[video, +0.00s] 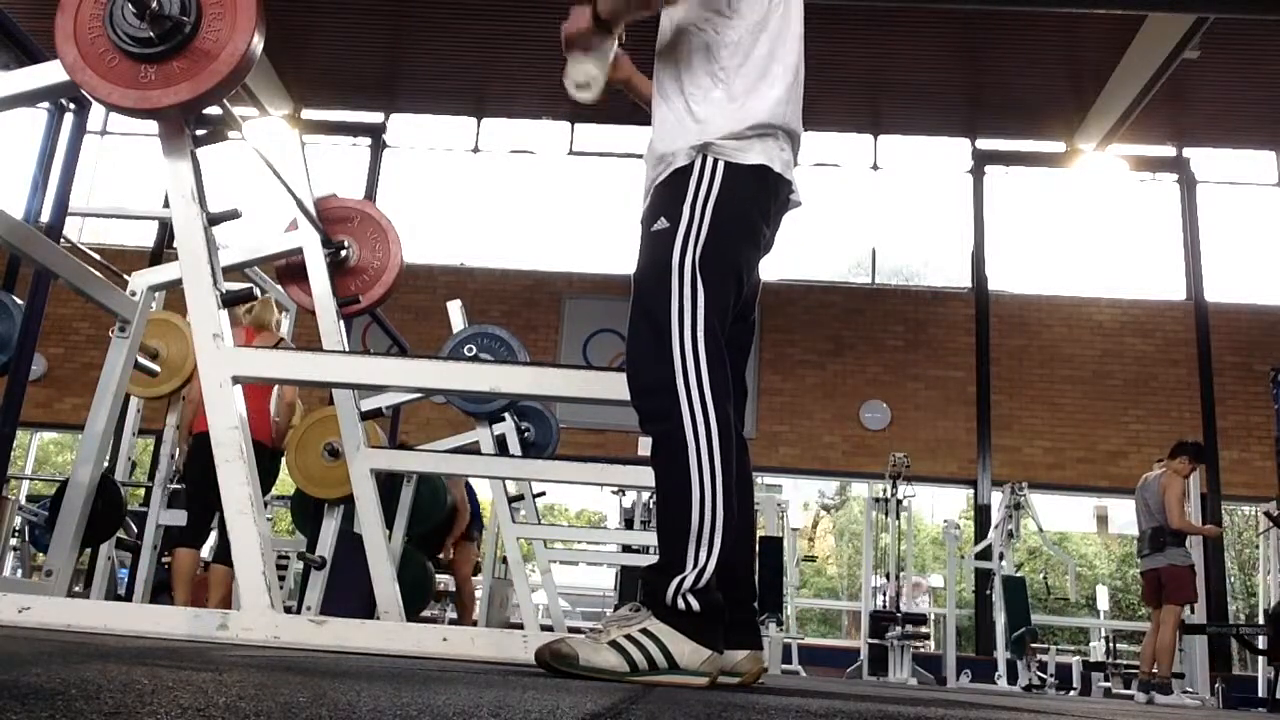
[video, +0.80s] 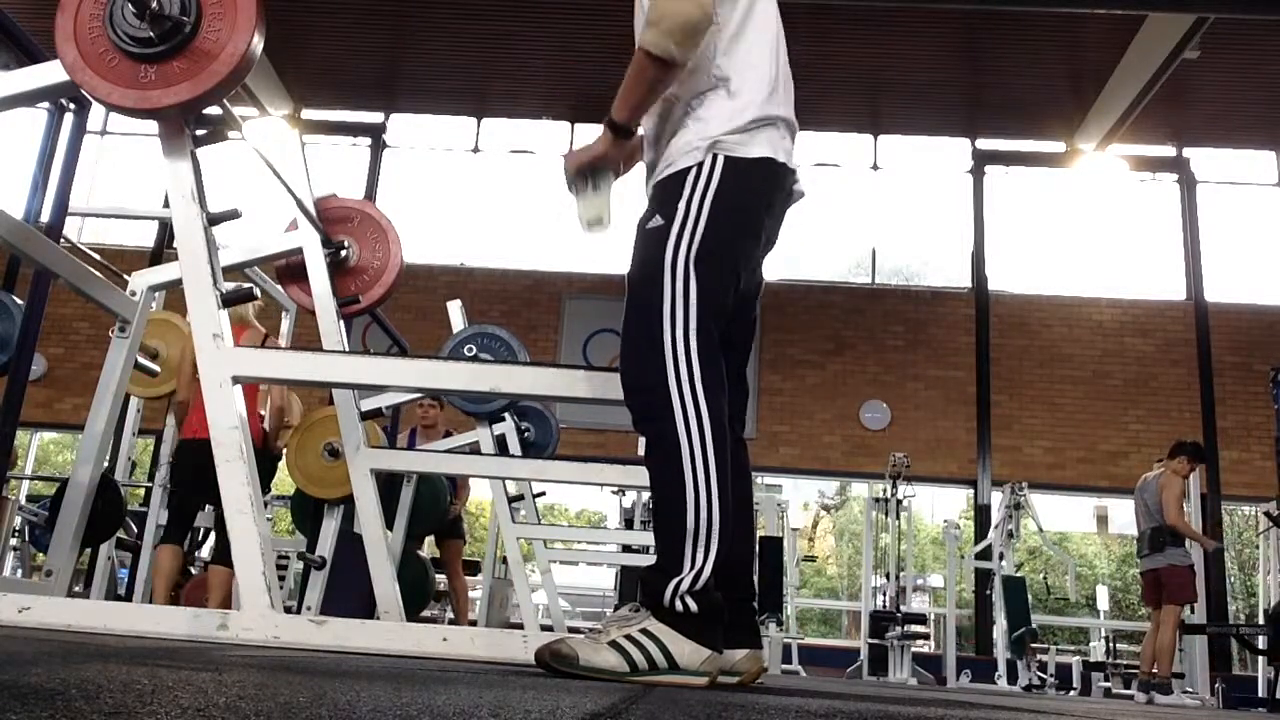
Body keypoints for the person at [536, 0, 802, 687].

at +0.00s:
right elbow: (697, 112)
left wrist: (600, 17)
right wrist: (618, 68)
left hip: (717, 151)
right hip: (724, 158)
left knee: (674, 373)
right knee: (708, 398)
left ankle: (688, 621)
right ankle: (731, 634)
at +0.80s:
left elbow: (684, 14)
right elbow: (697, 57)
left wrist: (620, 125)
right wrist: (625, 145)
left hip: (717, 144)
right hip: (729, 149)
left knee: (669, 371)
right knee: (705, 389)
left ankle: (689, 622)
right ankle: (729, 632)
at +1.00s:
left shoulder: (662, 4)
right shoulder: (656, 16)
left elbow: (671, 70)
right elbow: (680, 153)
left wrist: (634, 196)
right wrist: (611, 241)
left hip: (744, 147)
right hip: (780, 152)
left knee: (680, 373)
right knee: (706, 388)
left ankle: (686, 623)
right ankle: (709, 627)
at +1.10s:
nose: (515, 13)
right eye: (509, 8)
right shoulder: (608, 58)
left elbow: (676, 104)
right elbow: (635, 188)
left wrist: (643, 227)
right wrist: (588, 294)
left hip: (765, 153)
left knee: (678, 366)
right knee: (706, 388)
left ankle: (687, 624)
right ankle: (711, 629)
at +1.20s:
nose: (480, 58)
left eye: (472, 35)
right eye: (470, 51)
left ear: (504, 2)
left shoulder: (612, 9)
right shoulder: (592, 114)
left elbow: (693, 139)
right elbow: (599, 251)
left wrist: (671, 233)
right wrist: (550, 362)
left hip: (780, 162)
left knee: (666, 356)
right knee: (699, 388)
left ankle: (684, 624)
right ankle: (712, 632)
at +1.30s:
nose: (464, 115)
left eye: (454, 93)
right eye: (452, 106)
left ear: (486, 46)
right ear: (492, 55)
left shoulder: (603, 30)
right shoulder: (574, 158)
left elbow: (706, 148)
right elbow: (563, 288)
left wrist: (667, 250)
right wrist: (504, 417)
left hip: (787, 173)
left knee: (652, 349)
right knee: (686, 393)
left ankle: (687, 623)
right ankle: (707, 629)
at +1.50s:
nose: (453, 196)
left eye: (442, 172)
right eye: (437, 189)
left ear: (472, 121)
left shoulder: (589, 85)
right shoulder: (552, 230)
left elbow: (721, 169)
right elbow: (501, 366)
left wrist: (658, 257)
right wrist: (417, 493)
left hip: (801, 201)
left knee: (635, 348)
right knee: (657, 396)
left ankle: (684, 621)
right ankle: (702, 624)